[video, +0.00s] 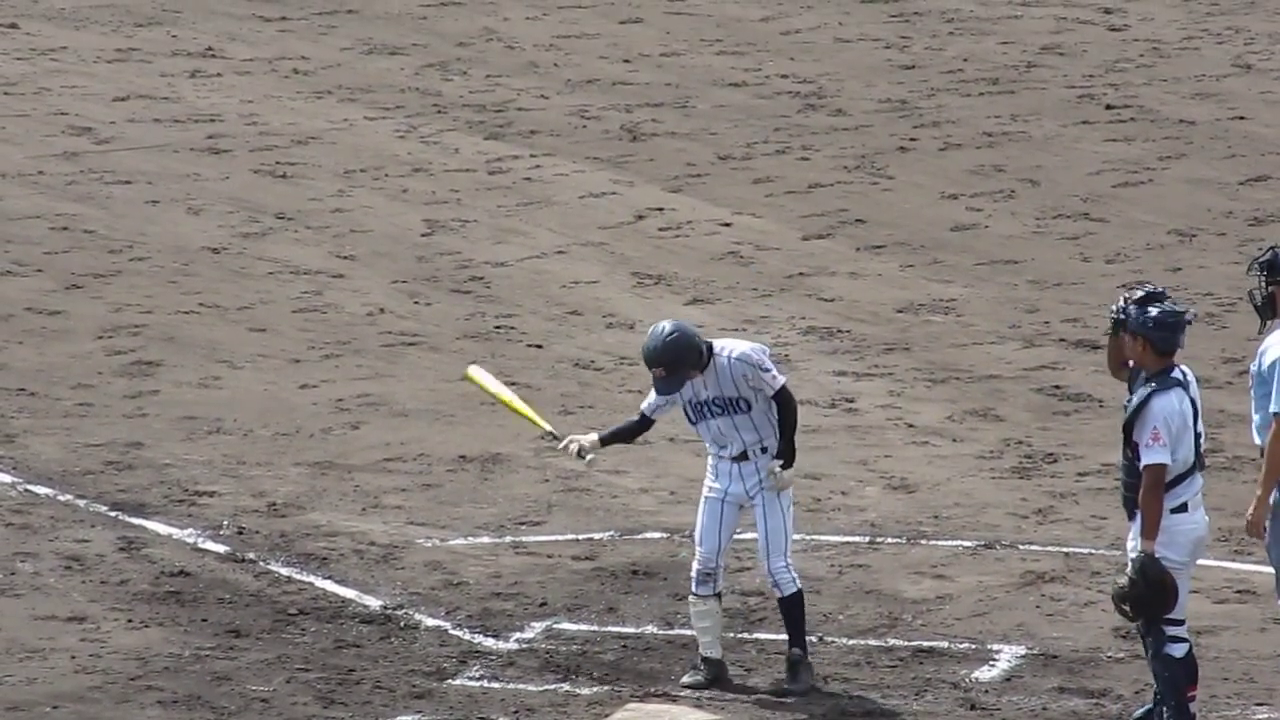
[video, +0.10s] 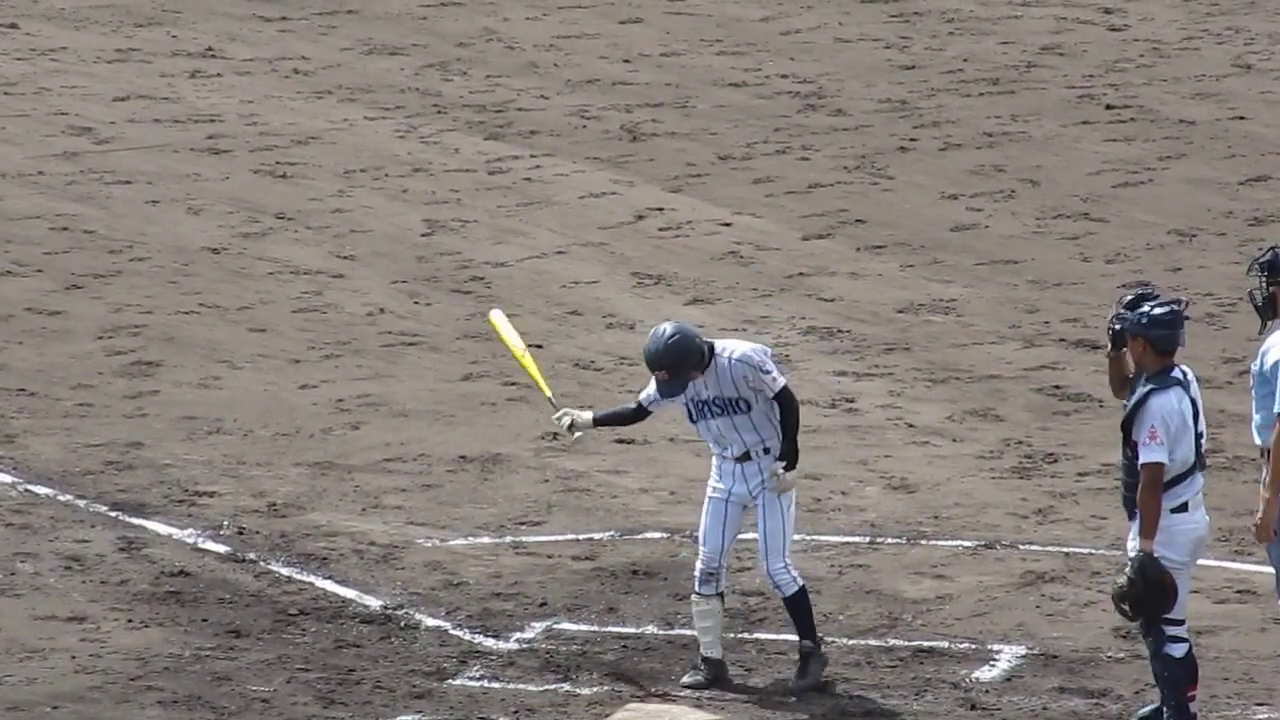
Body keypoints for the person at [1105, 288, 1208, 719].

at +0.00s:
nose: (1124, 341)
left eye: (1127, 336)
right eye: (1123, 335)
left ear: (1140, 344)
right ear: (1168, 341)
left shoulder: (1155, 405)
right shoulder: (1179, 374)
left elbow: (1154, 482)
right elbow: (1121, 367)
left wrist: (1147, 551)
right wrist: (1118, 325)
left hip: (1167, 525)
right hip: (1185, 514)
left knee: (1167, 624)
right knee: (1153, 615)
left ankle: (1178, 709)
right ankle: (1167, 698)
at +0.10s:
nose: (1127, 346)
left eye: (1129, 340)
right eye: (1127, 339)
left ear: (1141, 345)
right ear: (1169, 341)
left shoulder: (1154, 405)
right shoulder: (1181, 375)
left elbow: (1151, 483)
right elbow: (1124, 388)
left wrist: (1145, 549)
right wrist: (1116, 347)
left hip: (1168, 525)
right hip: (1187, 514)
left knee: (1166, 624)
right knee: (1159, 615)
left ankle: (1180, 710)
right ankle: (1171, 699)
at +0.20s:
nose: (1124, 342)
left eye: (1127, 337)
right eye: (1125, 336)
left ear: (1140, 345)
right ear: (1168, 340)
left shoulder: (1155, 404)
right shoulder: (1182, 376)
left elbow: (1150, 481)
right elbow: (1127, 407)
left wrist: (1142, 548)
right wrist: (1119, 359)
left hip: (1166, 523)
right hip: (1186, 514)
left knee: (1164, 624)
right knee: (1161, 617)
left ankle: (1184, 708)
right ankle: (1179, 700)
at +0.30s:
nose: (1126, 342)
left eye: (1131, 336)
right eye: (1127, 335)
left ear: (1145, 342)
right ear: (1170, 340)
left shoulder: (1157, 399)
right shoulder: (1185, 376)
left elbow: (1152, 476)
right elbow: (1133, 428)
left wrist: (1143, 543)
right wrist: (1125, 375)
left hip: (1168, 520)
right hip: (1190, 511)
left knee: (1167, 623)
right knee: (1163, 615)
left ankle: (1187, 708)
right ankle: (1182, 701)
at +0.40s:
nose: (1122, 341)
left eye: (1127, 335)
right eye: (1123, 334)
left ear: (1143, 340)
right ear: (1164, 337)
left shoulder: (1153, 394)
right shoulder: (1182, 373)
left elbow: (1149, 469)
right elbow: (1130, 425)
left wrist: (1139, 539)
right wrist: (1123, 375)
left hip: (1165, 517)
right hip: (1189, 509)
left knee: (1163, 621)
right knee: (1166, 613)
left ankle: (1182, 707)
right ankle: (1180, 699)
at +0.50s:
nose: (1121, 341)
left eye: (1125, 334)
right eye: (1122, 334)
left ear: (1141, 340)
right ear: (1166, 336)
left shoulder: (1152, 392)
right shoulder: (1185, 374)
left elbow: (1149, 467)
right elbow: (1130, 425)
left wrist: (1139, 536)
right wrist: (1123, 374)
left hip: (1168, 518)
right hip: (1193, 510)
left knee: (1163, 621)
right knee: (1167, 613)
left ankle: (1182, 708)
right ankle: (1184, 699)